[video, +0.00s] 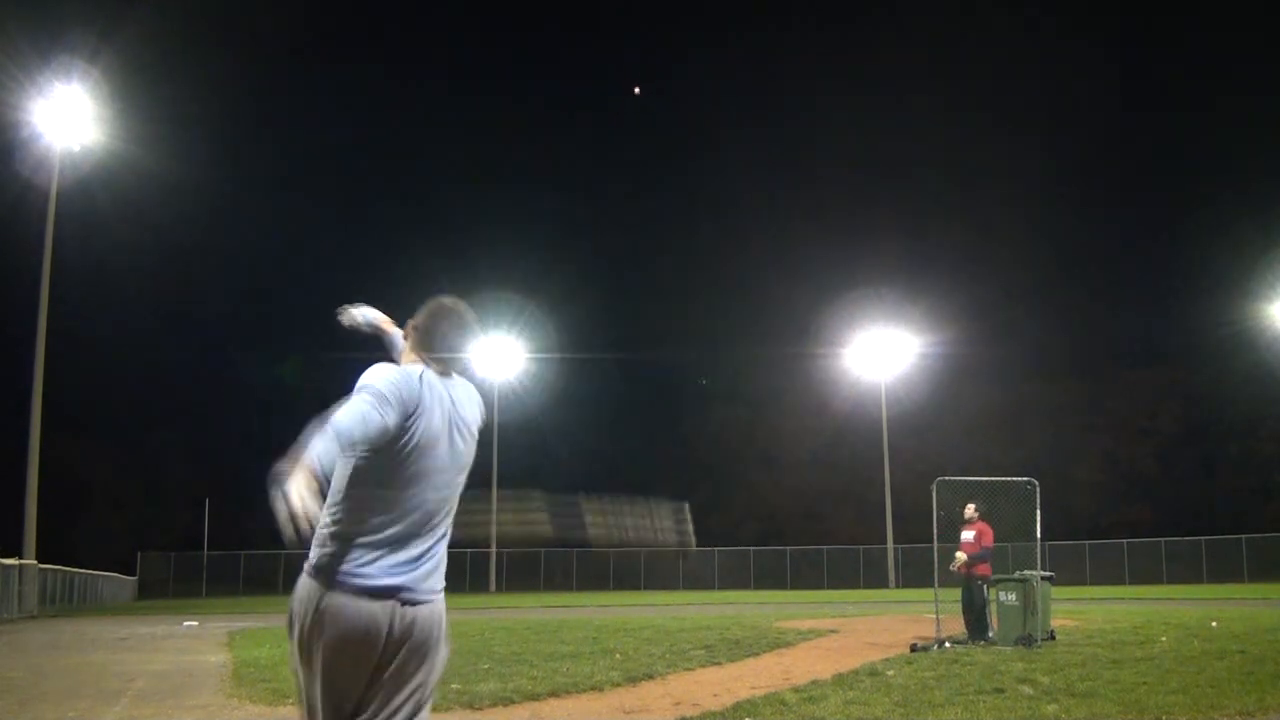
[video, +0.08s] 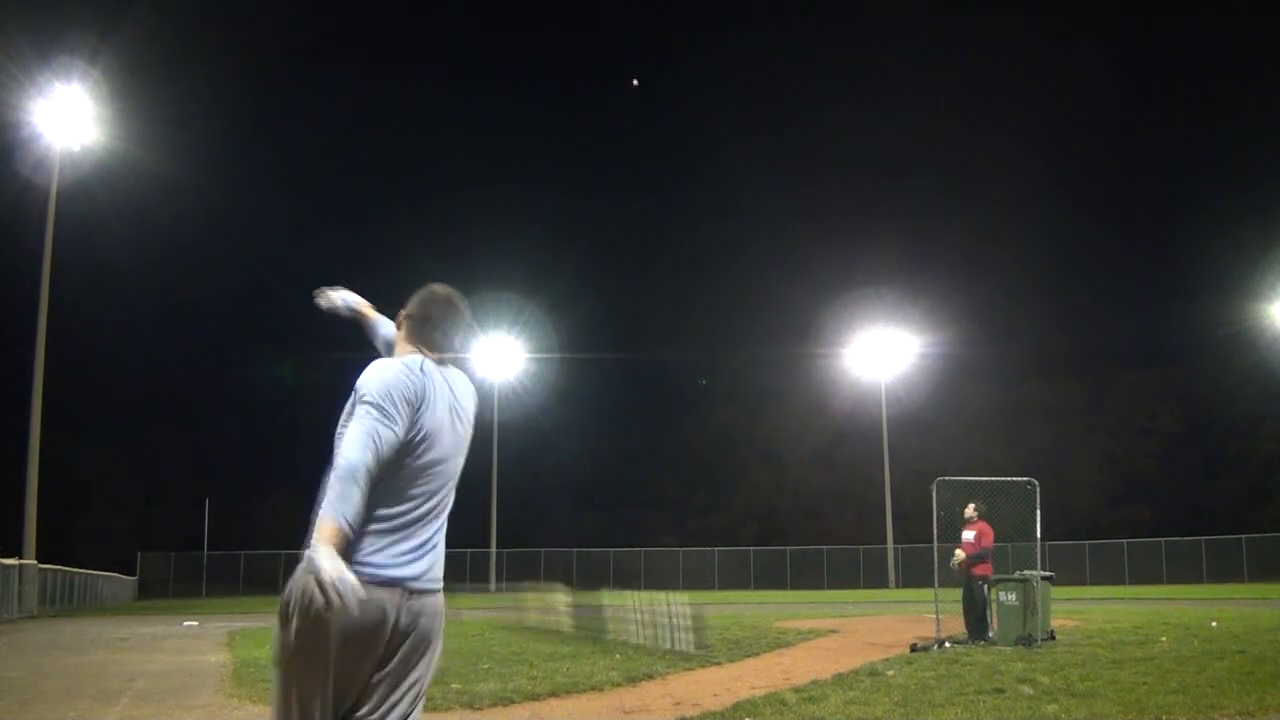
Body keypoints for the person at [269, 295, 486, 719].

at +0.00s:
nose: (406, 337)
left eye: (409, 333)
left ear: (412, 339)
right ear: (462, 353)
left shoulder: (390, 383)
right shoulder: (470, 402)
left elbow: (349, 425)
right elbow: (422, 364)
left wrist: (305, 469)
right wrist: (386, 328)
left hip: (338, 607)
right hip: (422, 616)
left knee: (324, 713)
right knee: (398, 713)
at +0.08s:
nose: (396, 326)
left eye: (398, 320)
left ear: (404, 325)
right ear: (457, 343)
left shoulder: (391, 377)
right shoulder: (464, 391)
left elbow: (356, 458)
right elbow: (406, 350)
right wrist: (363, 310)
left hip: (342, 594)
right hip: (423, 608)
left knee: (303, 713)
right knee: (390, 713)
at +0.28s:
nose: (367, 309)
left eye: (370, 301)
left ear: (375, 306)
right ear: (428, 324)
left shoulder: (391, 366)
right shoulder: (432, 370)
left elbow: (380, 477)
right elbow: (358, 325)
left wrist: (363, 585)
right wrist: (300, 272)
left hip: (335, 572)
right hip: (412, 582)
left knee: (229, 703)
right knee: (375, 712)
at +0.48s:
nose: (338, 312)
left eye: (341, 304)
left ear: (348, 306)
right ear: (401, 318)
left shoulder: (375, 364)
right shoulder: (400, 367)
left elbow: (369, 476)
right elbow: (308, 325)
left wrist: (340, 577)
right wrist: (236, 263)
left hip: (334, 564)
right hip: (387, 574)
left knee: (246, 708)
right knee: (365, 712)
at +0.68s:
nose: (306, 305)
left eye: (309, 300)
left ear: (312, 302)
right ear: (368, 320)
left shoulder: (329, 361)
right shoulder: (364, 368)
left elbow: (319, 469)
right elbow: (282, 355)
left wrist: (281, 572)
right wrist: (219, 321)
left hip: (300, 574)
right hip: (349, 579)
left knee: (279, 709)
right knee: (338, 710)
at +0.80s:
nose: (276, 300)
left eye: (277, 294)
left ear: (280, 298)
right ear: (341, 315)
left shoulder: (292, 351)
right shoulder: (345, 367)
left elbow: (263, 457)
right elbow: (272, 391)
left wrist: (211, 555)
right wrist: (214, 383)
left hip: (274, 576)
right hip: (333, 578)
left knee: (249, 708)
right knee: (322, 709)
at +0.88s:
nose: (261, 298)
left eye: (262, 292)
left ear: (265, 295)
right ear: (326, 312)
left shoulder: (274, 346)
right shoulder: (341, 371)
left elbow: (235, 451)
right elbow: (295, 429)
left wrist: (167, 551)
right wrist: (216, 419)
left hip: (263, 577)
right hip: (331, 583)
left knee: (229, 708)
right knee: (319, 711)